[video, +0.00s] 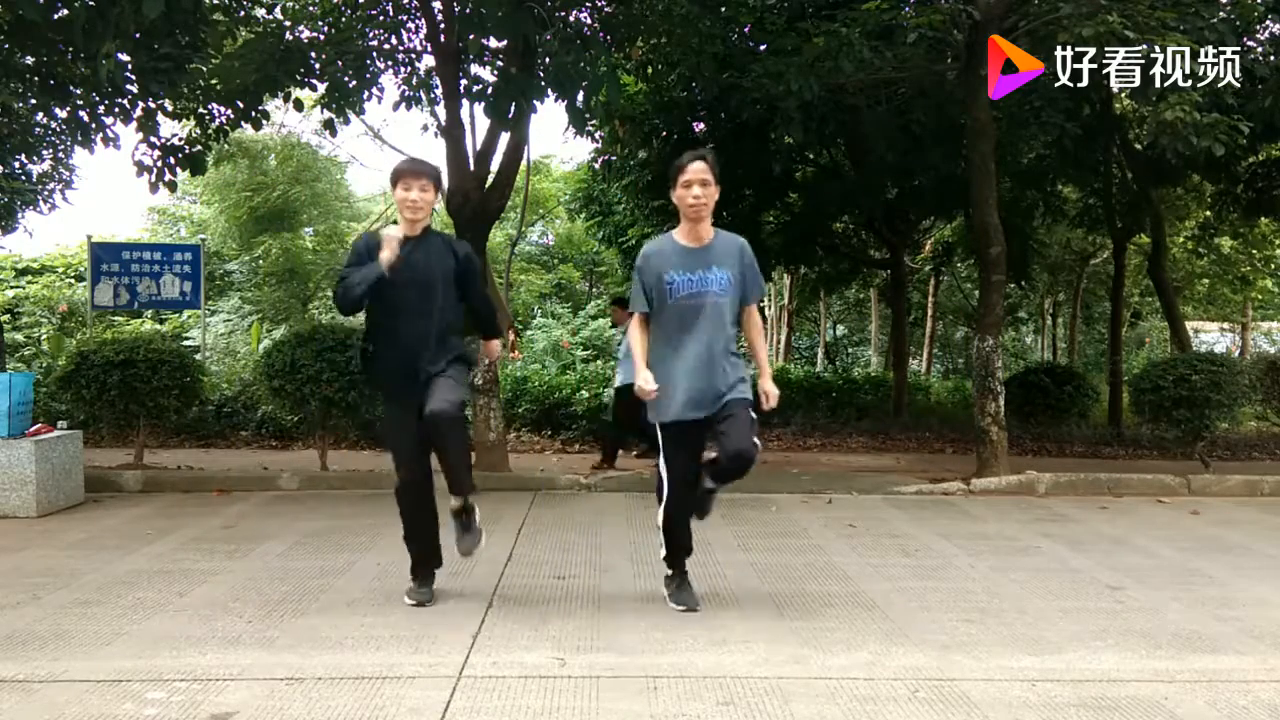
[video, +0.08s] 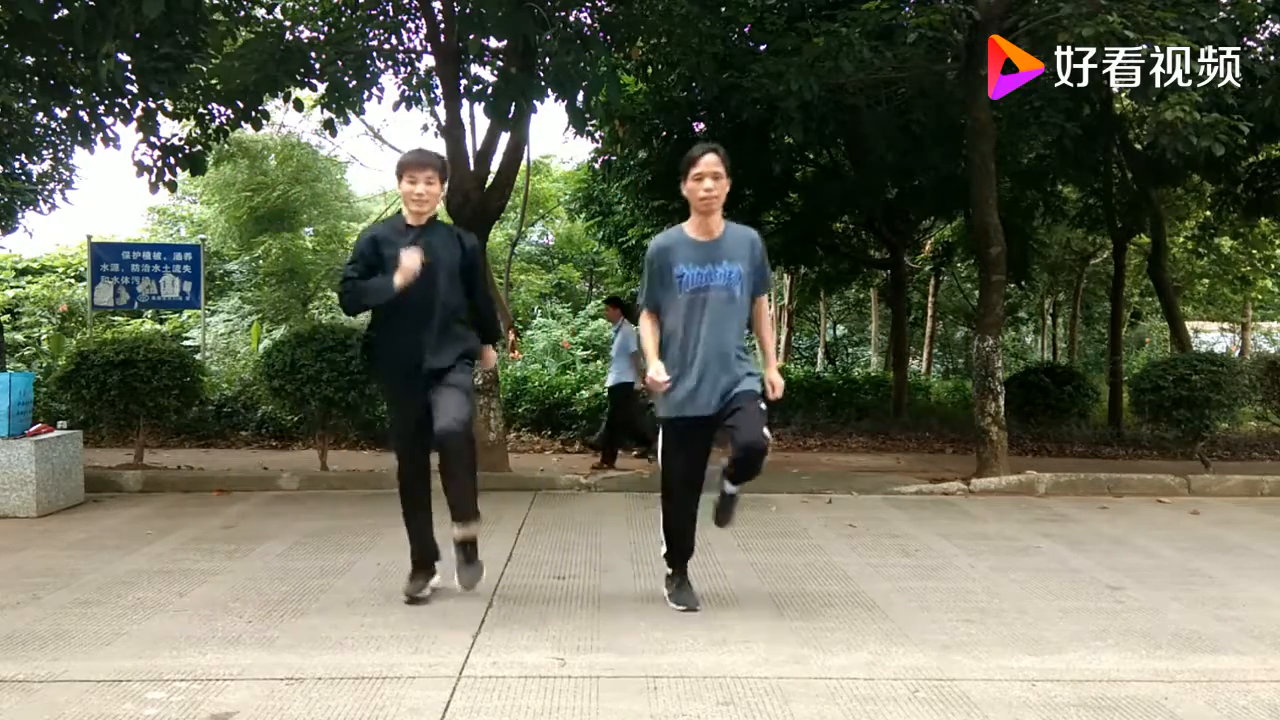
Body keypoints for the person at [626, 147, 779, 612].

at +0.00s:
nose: (696, 193)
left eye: (704, 185)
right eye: (687, 186)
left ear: (717, 192)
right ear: (674, 194)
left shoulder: (737, 249)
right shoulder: (653, 254)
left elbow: (751, 314)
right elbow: (638, 319)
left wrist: (765, 374)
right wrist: (641, 368)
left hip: (728, 381)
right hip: (674, 387)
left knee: (741, 452)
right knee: (679, 488)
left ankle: (705, 483)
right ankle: (677, 573)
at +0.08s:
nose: (707, 186)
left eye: (715, 177)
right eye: (698, 178)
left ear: (728, 185)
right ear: (684, 186)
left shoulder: (748, 241)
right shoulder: (662, 248)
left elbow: (760, 305)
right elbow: (648, 312)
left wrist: (770, 365)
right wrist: (652, 360)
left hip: (737, 378)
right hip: (683, 383)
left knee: (753, 444)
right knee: (681, 487)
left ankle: (731, 484)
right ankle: (678, 572)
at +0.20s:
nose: (734, 177)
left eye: (742, 169)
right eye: (725, 170)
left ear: (753, 176)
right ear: (709, 178)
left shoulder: (771, 235)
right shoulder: (685, 236)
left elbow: (777, 294)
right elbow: (675, 299)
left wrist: (784, 348)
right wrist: (677, 345)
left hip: (756, 376)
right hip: (699, 379)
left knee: (777, 458)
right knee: (685, 477)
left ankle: (775, 534)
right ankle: (685, 563)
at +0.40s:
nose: (778, 189)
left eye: (785, 180)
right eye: (768, 181)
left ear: (797, 186)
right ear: (752, 188)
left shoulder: (810, 246)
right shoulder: (729, 245)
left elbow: (815, 318)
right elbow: (711, 315)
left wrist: (826, 385)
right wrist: (691, 382)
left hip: (786, 396)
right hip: (729, 394)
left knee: (796, 492)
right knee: (702, 485)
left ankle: (807, 583)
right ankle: (679, 557)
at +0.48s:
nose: (789, 176)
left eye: (797, 167)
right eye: (780, 168)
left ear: (809, 174)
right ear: (763, 176)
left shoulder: (823, 235)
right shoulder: (741, 234)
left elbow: (832, 304)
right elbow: (716, 301)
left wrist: (858, 368)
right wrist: (686, 364)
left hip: (796, 385)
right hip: (740, 382)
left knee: (800, 483)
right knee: (701, 468)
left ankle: (810, 578)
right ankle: (657, 530)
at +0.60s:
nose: (810, 188)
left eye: (817, 178)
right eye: (799, 180)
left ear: (829, 185)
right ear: (783, 188)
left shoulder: (847, 244)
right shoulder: (762, 244)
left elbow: (880, 305)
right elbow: (720, 301)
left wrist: (925, 346)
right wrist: (664, 341)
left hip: (818, 391)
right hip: (763, 386)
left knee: (812, 491)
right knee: (712, 466)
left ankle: (806, 581)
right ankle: (617, 494)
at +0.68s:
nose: (817, 191)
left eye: (825, 182)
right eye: (807, 183)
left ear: (837, 189)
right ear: (792, 191)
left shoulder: (857, 248)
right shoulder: (770, 246)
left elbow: (896, 305)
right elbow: (725, 300)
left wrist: (951, 340)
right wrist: (665, 333)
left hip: (826, 396)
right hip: (773, 390)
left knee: (819, 497)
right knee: (732, 467)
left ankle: (807, 583)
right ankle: (632, 497)